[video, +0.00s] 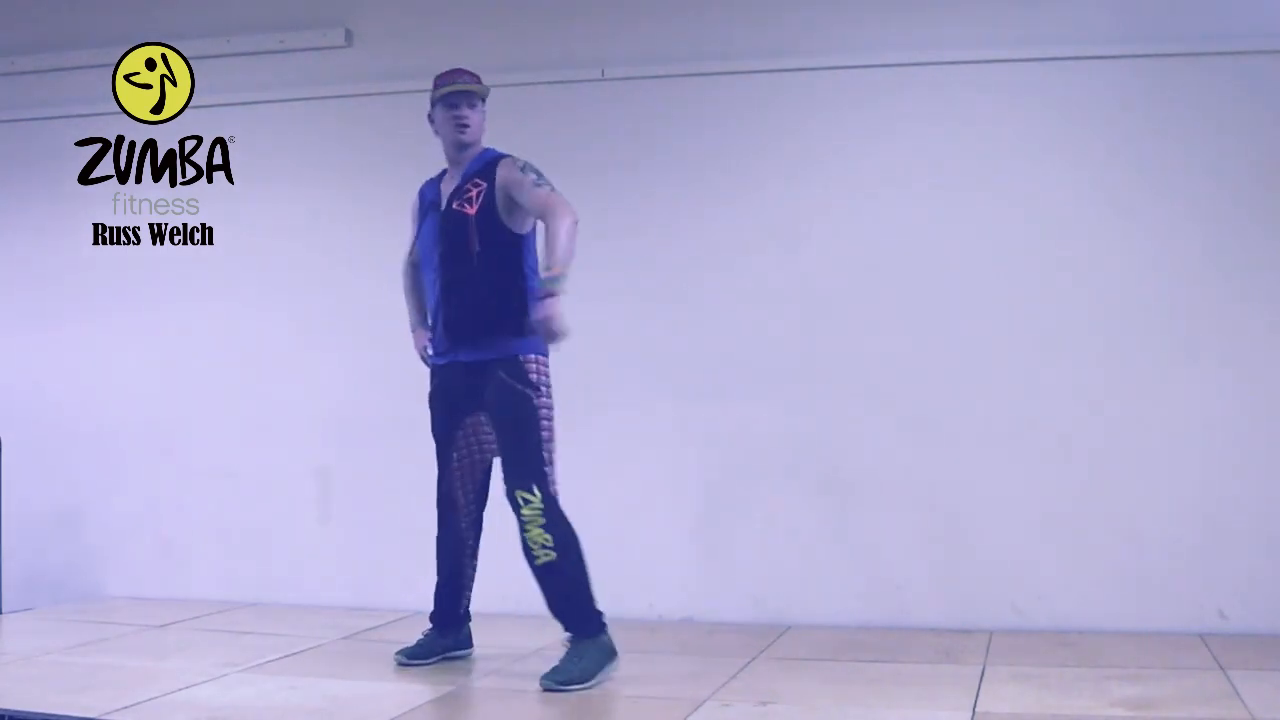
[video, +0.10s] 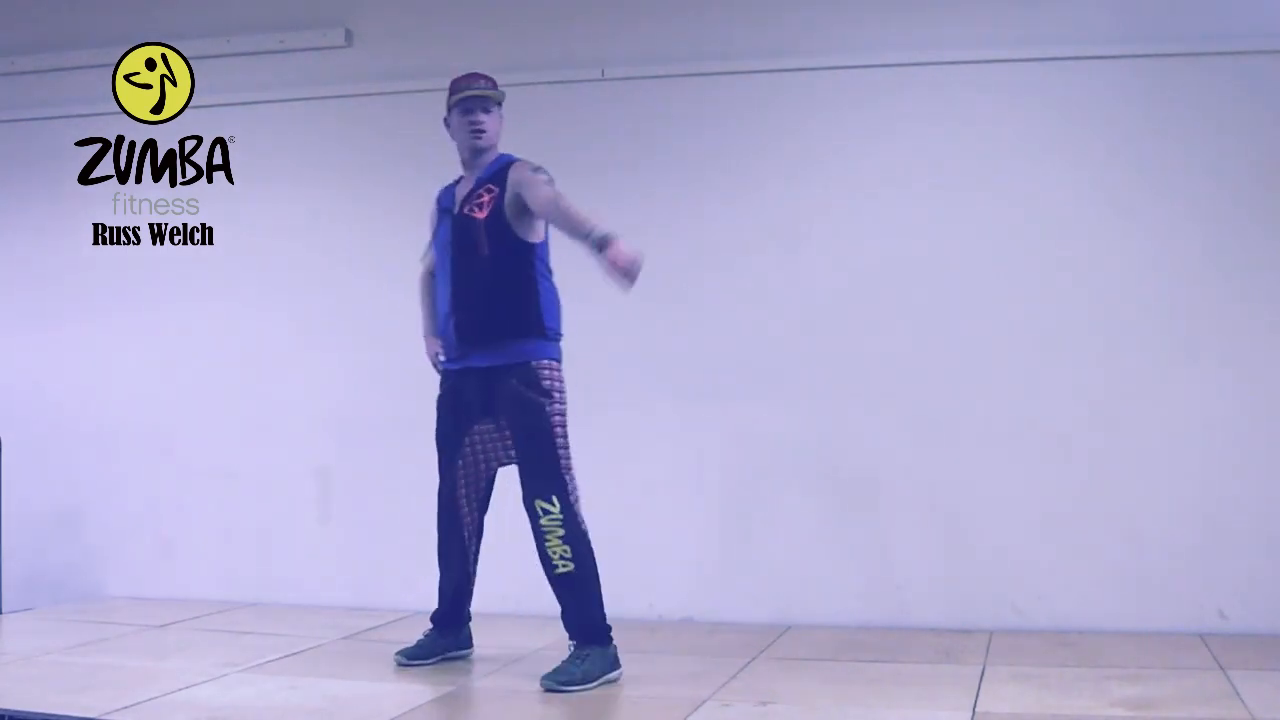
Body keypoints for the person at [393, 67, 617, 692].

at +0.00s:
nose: (462, 113)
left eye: (471, 103)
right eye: (450, 104)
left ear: (485, 114)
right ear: (432, 118)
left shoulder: (506, 171)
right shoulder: (428, 194)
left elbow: (562, 215)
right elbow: (414, 267)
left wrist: (551, 290)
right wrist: (418, 323)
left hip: (514, 363)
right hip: (452, 368)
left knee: (533, 503)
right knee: (456, 506)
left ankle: (590, 638)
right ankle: (450, 629)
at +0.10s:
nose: (476, 119)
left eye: (485, 109)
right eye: (464, 112)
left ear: (502, 119)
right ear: (448, 125)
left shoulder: (520, 176)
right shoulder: (445, 199)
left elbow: (560, 210)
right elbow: (430, 270)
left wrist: (605, 243)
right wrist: (430, 327)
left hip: (527, 368)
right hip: (464, 373)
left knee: (551, 507)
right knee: (457, 505)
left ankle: (594, 646)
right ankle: (451, 630)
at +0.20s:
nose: (491, 122)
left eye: (499, 111)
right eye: (478, 115)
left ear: (516, 118)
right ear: (463, 129)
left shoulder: (538, 171)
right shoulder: (471, 202)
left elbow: (568, 174)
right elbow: (464, 275)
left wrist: (600, 176)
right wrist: (467, 334)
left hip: (555, 366)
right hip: (495, 370)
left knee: (556, 505)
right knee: (441, 492)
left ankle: (595, 647)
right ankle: (453, 607)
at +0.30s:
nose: (498, 130)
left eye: (506, 120)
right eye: (485, 124)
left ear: (523, 128)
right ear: (470, 140)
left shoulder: (559, 181)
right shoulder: (483, 212)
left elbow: (629, 171)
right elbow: (483, 284)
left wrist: (608, 144)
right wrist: (490, 350)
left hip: (568, 372)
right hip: (507, 374)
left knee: (553, 511)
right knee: (436, 480)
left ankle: (594, 648)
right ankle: (479, 590)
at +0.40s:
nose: (508, 127)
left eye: (517, 116)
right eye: (495, 120)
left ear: (539, 123)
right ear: (482, 136)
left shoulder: (572, 179)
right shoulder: (491, 209)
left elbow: (652, 172)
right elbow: (494, 285)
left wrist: (593, 123)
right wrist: (497, 352)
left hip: (580, 371)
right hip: (518, 376)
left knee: (567, 509)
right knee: (465, 486)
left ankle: (596, 648)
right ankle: (543, 590)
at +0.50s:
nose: (518, 118)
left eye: (527, 106)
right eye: (506, 110)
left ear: (547, 115)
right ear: (492, 124)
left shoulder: (579, 172)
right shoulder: (494, 199)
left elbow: (653, 202)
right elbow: (491, 276)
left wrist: (599, 130)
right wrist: (494, 341)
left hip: (582, 365)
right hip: (521, 370)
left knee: (574, 504)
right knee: (507, 499)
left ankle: (595, 648)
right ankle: (593, 617)